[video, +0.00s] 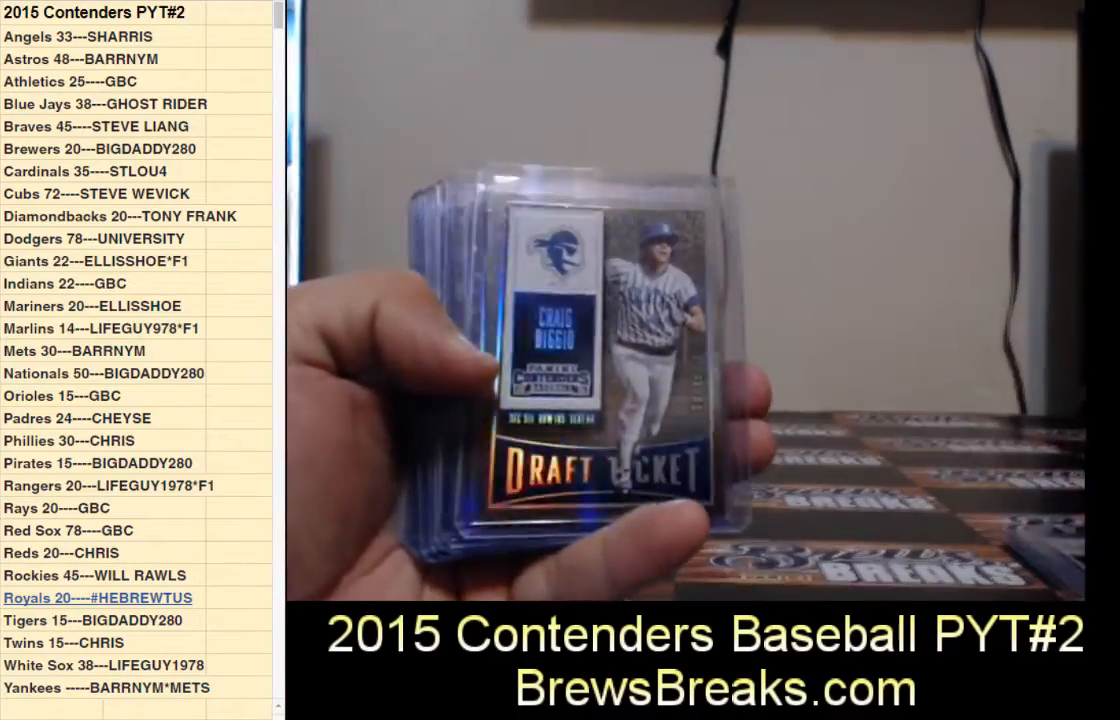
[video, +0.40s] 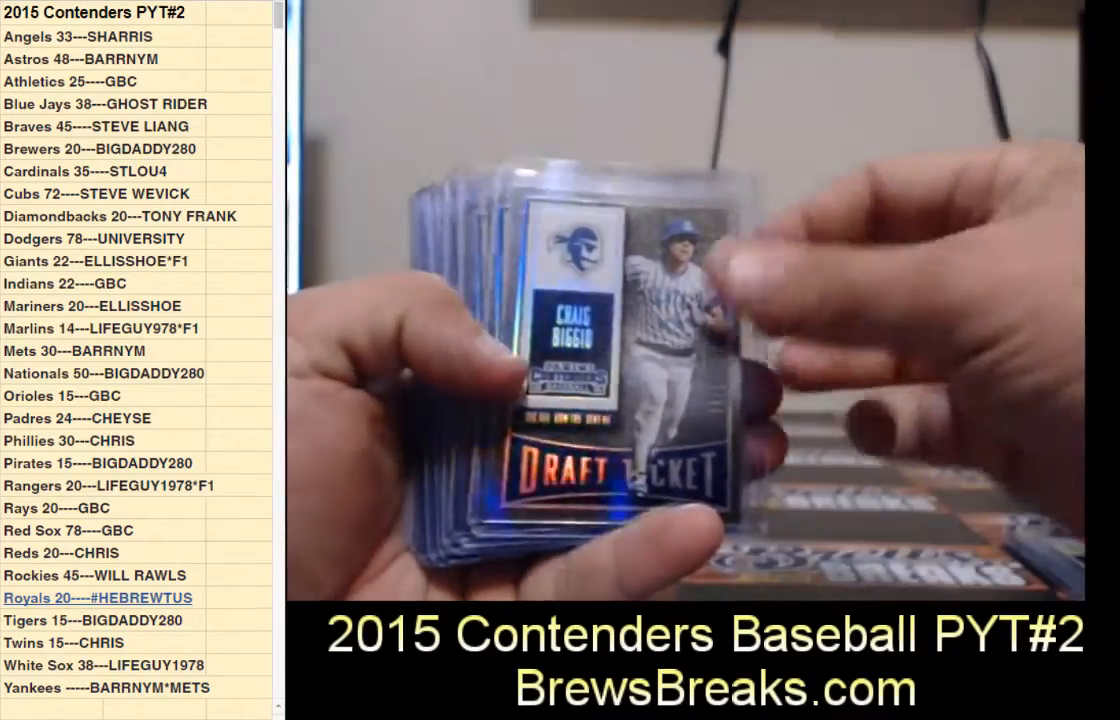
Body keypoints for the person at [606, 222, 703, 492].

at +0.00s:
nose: (664, 248)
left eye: (668, 244)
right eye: (658, 244)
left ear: (672, 249)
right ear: (645, 247)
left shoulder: (680, 280)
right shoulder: (624, 272)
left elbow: (700, 324)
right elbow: (587, 268)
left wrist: (688, 319)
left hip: (664, 358)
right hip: (629, 352)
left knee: (655, 421)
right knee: (638, 395)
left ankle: (638, 454)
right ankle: (624, 465)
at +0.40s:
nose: (686, 247)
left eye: (690, 242)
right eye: (680, 242)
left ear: (695, 247)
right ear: (667, 245)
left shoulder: (700, 279)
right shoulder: (645, 270)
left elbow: (719, 318)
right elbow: (606, 267)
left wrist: (715, 321)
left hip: (683, 360)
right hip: (648, 354)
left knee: (674, 420)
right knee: (652, 405)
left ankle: (659, 469)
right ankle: (640, 473)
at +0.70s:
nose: (658, 244)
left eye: (664, 238)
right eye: (653, 238)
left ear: (674, 242)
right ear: (647, 242)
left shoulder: (689, 281)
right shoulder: (630, 276)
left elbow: (696, 327)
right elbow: (615, 327)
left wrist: (696, 367)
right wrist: (611, 366)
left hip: (672, 363)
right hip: (632, 363)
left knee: (671, 444)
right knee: (612, 441)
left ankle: (673, 516)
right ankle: (605, 516)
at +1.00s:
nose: (662, 246)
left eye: (667, 240)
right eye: (657, 240)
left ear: (678, 244)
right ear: (651, 244)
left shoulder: (694, 283)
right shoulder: (635, 278)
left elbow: (702, 329)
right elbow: (619, 329)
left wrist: (702, 370)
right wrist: (614, 368)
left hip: (677, 365)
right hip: (638, 364)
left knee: (676, 448)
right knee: (617, 444)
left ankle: (679, 519)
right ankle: (610, 519)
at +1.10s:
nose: (662, 245)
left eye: (667, 240)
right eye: (657, 240)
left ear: (678, 244)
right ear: (651, 244)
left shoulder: (694, 283)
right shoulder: (635, 279)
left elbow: (701, 329)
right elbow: (619, 329)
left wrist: (702, 369)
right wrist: (614, 368)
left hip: (677, 365)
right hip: (638, 364)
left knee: (676, 448)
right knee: (618, 444)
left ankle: (679, 520)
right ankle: (611, 519)